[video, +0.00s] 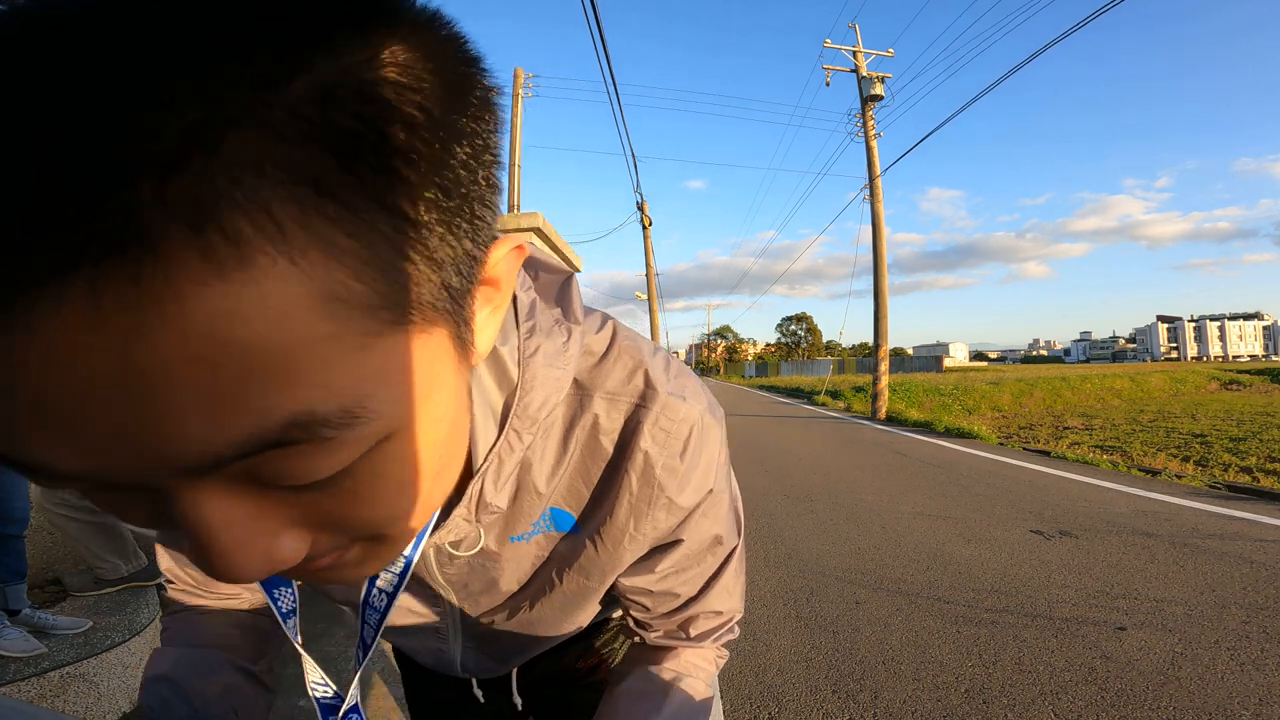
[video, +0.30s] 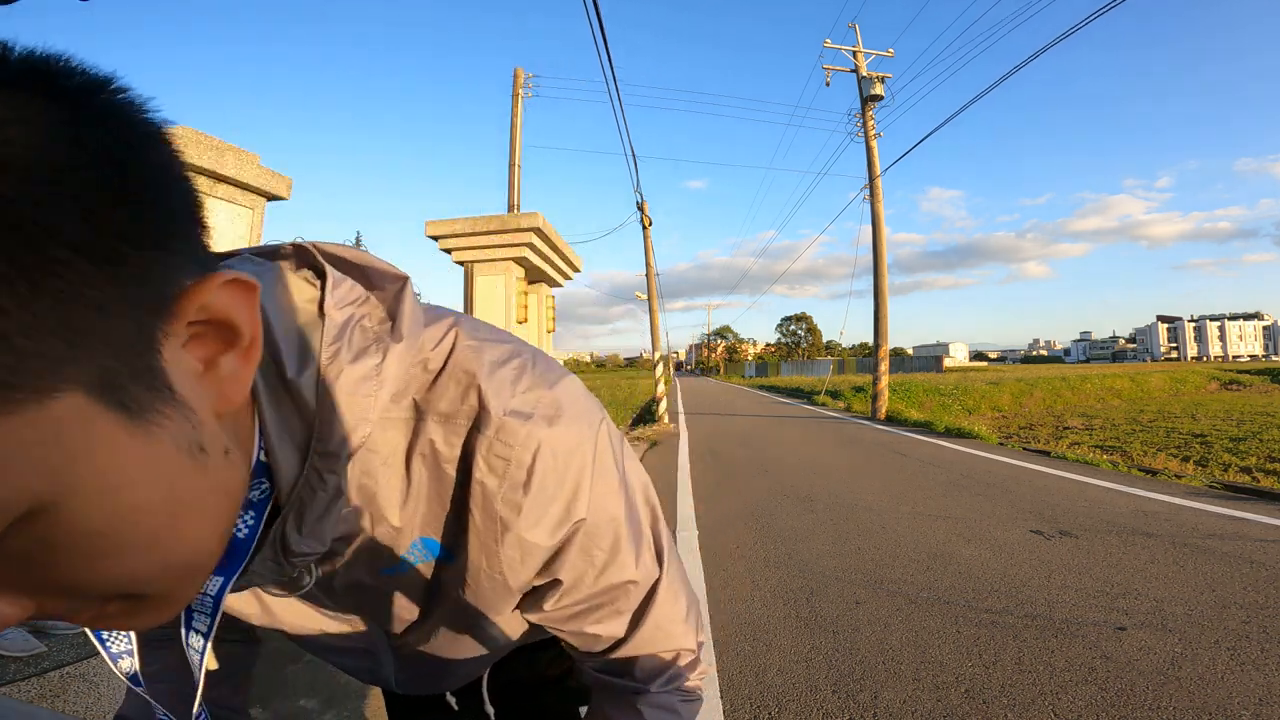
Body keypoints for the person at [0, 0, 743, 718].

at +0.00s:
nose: (229, 567)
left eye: (298, 458)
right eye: (118, 501)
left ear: (485, 301)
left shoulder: (654, 434)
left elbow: (687, 640)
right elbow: (213, 642)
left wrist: (652, 704)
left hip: (582, 639)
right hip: (424, 647)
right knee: (442, 703)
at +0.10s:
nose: (148, 591)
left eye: (202, 496)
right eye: (56, 535)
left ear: (408, 320)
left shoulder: (618, 434)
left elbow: (679, 650)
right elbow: (180, 648)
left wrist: (637, 712)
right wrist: (171, 716)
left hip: (573, 643)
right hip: (419, 649)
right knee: (439, 704)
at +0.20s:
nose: (42, 611)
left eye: (100, 522)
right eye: (5, 533)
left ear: (314, 336)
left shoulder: (576, 441)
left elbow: (666, 666)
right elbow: (176, 671)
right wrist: (165, 712)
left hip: (558, 646)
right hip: (407, 656)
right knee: (433, 693)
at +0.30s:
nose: (11, 610)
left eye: (28, 529)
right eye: (5, 551)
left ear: (215, 350)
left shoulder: (520, 443)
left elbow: (660, 674)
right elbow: (173, 681)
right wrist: (168, 710)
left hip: (547, 637)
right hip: (398, 651)